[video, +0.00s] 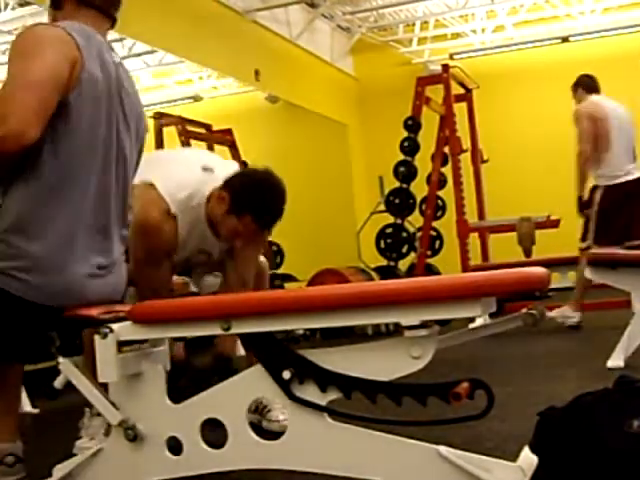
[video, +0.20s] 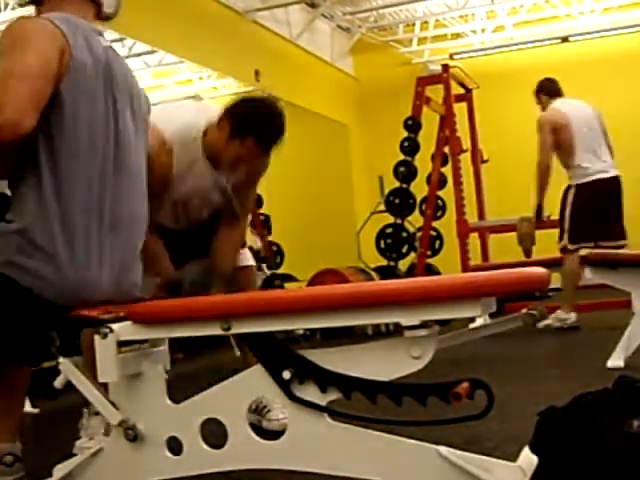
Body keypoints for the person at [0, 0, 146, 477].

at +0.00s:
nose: (48, 11)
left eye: (51, 7)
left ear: (61, 4)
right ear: (112, 16)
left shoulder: (50, 41)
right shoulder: (128, 87)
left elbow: (16, 130)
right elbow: (121, 177)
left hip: (32, 271)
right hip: (105, 276)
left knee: (8, 360)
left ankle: (7, 450)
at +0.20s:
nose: (29, 8)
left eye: (32, 5)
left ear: (41, 2)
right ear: (99, 9)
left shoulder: (37, 31)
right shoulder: (126, 75)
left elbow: (13, 119)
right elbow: (157, 157)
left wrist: (12, 177)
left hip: (40, 265)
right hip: (117, 274)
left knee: (13, 364)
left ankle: (6, 450)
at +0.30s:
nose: (20, 7)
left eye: (22, 4)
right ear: (90, 5)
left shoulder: (32, 31)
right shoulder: (122, 69)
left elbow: (13, 121)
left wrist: (14, 177)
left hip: (49, 264)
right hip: (123, 270)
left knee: (13, 357)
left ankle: (7, 449)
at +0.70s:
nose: (22, 10)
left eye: (24, 7)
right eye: (24, 8)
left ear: (32, 4)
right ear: (95, 6)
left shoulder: (35, 42)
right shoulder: (142, 74)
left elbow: (13, 141)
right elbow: (176, 183)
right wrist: (114, 209)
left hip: (39, 276)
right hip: (118, 283)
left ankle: (8, 451)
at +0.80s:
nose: (30, 11)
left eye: (31, 9)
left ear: (40, 4)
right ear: (108, 7)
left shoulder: (37, 41)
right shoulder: (149, 74)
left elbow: (10, 143)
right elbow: (191, 176)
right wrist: (121, 207)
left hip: (40, 276)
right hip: (120, 281)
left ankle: (7, 446)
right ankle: (7, 444)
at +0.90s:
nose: (34, 8)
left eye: (36, 5)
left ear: (44, 3)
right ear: (107, 3)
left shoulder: (37, 42)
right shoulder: (152, 72)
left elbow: (10, 143)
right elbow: (194, 175)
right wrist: (125, 198)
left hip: (38, 280)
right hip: (121, 286)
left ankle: (8, 450)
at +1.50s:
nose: (38, 10)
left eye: (40, 7)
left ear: (45, 3)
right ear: (105, 5)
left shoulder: (41, 46)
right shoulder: (154, 74)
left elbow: (11, 147)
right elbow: (194, 175)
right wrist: (130, 159)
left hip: (40, 283)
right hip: (125, 289)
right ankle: (37, 436)